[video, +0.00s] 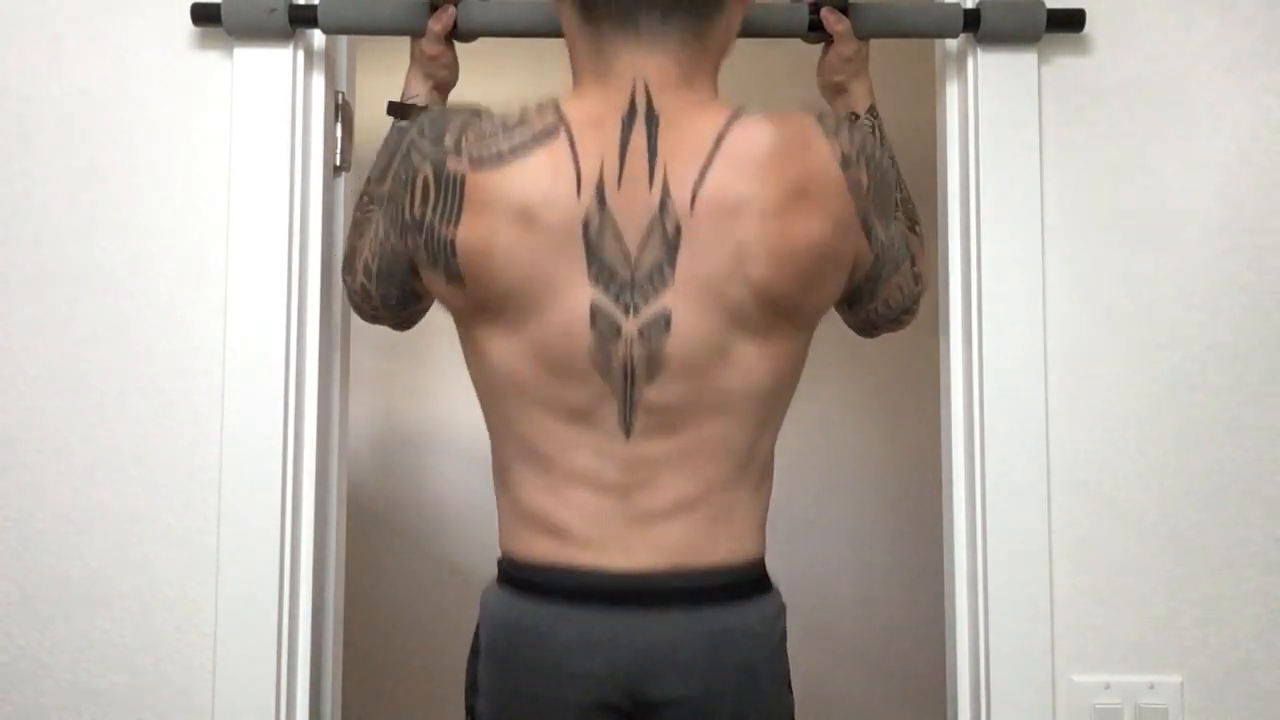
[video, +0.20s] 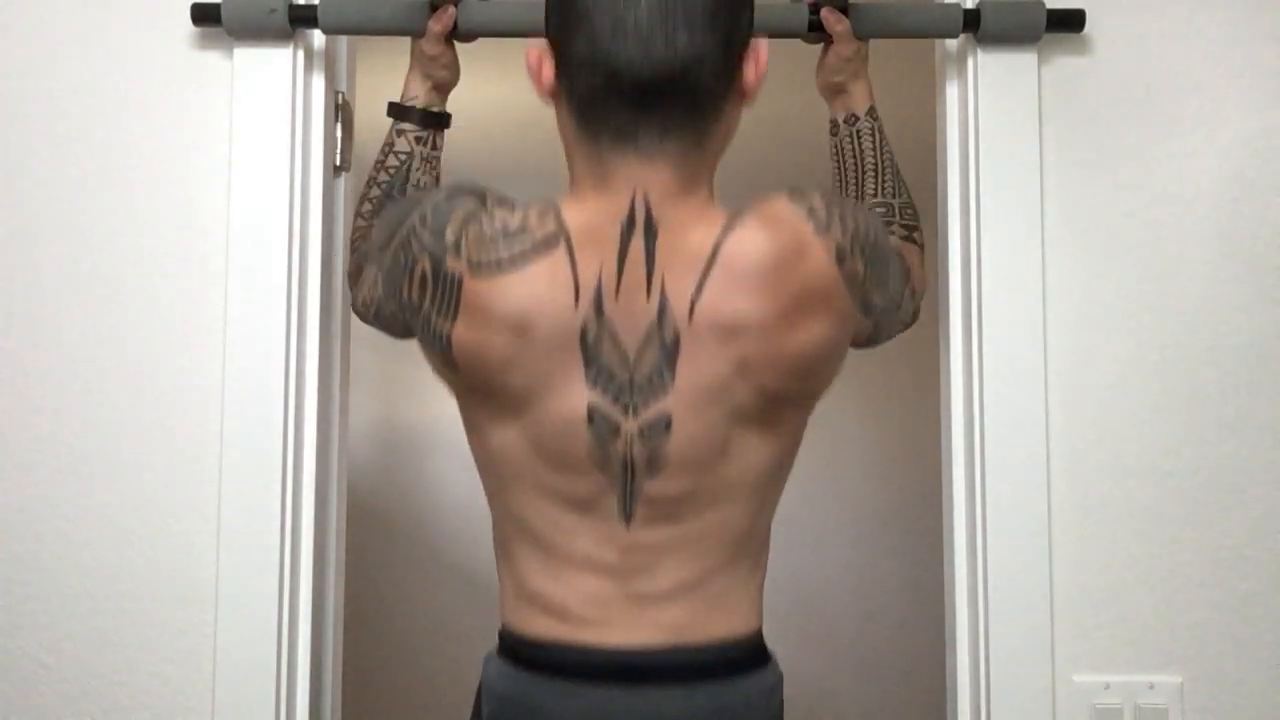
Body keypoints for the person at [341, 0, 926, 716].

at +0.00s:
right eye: (738, 7)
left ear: (568, 15)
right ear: (734, 15)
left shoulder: (464, 163)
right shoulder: (808, 166)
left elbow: (378, 293)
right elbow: (890, 300)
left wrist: (419, 99)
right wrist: (852, 103)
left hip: (536, 634)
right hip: (727, 637)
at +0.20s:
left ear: (543, 72)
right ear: (750, 72)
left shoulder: (470, 261)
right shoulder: (802, 263)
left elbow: (372, 267)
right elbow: (900, 276)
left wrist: (422, 93)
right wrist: (851, 98)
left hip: (534, 685)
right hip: (725, 686)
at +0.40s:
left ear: (544, 171)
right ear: (753, 173)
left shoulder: (482, 352)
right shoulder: (799, 344)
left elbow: (386, 259)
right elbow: (891, 262)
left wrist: (423, 94)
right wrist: (850, 95)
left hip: (538, 707)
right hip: (722, 707)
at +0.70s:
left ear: (539, 270)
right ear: (748, 275)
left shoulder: (491, 440)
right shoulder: (782, 428)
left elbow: (400, 271)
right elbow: (883, 272)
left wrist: (424, 92)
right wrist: (851, 97)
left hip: (531, 713)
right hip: (724, 714)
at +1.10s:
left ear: (537, 197)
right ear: (749, 203)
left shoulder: (478, 378)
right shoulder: (791, 360)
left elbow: (385, 258)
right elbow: (888, 261)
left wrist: (424, 94)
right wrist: (849, 97)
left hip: (531, 708)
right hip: (717, 709)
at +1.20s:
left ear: (537, 105)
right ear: (751, 109)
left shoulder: (468, 295)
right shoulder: (799, 285)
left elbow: (372, 266)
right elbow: (901, 275)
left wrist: (422, 95)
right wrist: (851, 99)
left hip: (528, 699)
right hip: (716, 699)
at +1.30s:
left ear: (545, 20)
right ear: (749, 22)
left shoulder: (458, 199)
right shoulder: (802, 194)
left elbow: (368, 291)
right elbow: (898, 299)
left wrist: (418, 98)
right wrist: (854, 102)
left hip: (529, 681)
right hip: (722, 684)